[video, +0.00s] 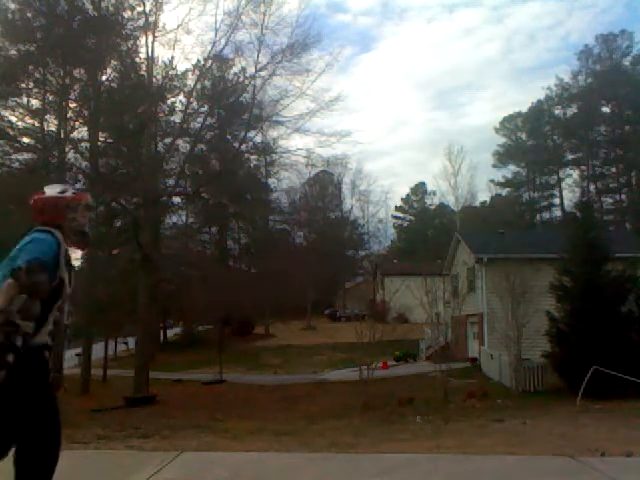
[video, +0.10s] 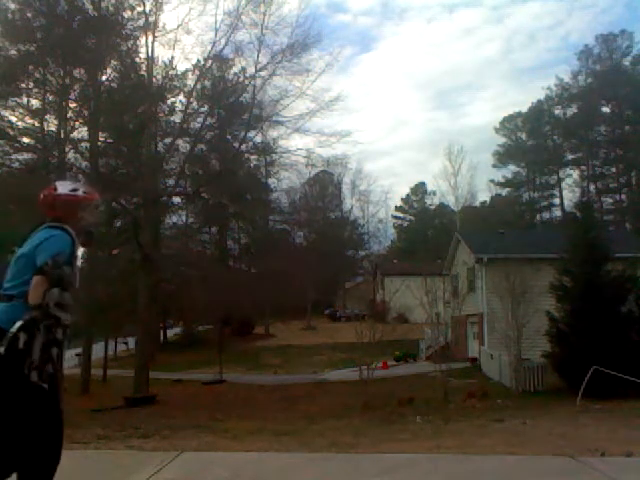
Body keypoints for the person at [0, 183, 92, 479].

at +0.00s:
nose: (84, 220)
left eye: (84, 212)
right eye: (77, 212)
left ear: (60, 215)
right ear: (59, 215)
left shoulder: (56, 248)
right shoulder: (44, 243)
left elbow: (54, 315)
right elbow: (15, 290)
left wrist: (54, 366)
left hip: (34, 359)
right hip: (23, 359)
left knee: (41, 443)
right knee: (41, 443)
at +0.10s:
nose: (87, 215)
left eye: (87, 209)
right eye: (82, 209)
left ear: (56, 210)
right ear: (69, 210)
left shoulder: (47, 236)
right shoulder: (59, 240)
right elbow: (37, 299)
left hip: (15, 340)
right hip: (25, 345)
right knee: (45, 431)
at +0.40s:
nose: (105, 207)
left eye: (103, 200)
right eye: (100, 201)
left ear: (71, 203)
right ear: (83, 201)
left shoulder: (57, 231)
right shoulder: (85, 232)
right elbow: (102, 285)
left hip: (32, 328)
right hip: (51, 332)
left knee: (48, 424)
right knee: (85, 423)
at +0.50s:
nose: (110, 206)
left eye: (109, 199)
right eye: (105, 200)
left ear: (75, 204)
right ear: (89, 202)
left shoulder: (56, 234)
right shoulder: (97, 234)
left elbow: (24, 282)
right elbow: (117, 287)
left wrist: (15, 333)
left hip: (40, 332)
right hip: (65, 336)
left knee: (54, 426)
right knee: (98, 423)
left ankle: (43, 474)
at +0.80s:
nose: (142, 211)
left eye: (142, 205)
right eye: (138, 205)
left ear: (106, 206)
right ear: (123, 205)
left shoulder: (82, 237)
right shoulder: (130, 236)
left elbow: (42, 284)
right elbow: (148, 287)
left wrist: (37, 331)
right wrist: (167, 342)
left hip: (63, 339)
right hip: (92, 342)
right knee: (127, 435)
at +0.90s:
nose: (151, 207)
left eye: (150, 200)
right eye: (147, 200)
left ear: (117, 203)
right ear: (132, 201)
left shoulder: (92, 232)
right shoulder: (138, 234)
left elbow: (54, 276)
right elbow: (153, 286)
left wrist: (47, 322)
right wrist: (171, 339)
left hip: (66, 335)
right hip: (94, 339)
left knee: (68, 431)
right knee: (127, 430)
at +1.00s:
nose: (161, 211)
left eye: (160, 204)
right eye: (156, 205)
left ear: (127, 207)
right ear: (142, 206)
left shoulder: (107, 234)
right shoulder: (139, 238)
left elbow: (68, 277)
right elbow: (148, 291)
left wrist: (63, 313)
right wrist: (160, 333)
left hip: (71, 337)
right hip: (93, 342)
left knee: (67, 431)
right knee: (130, 432)